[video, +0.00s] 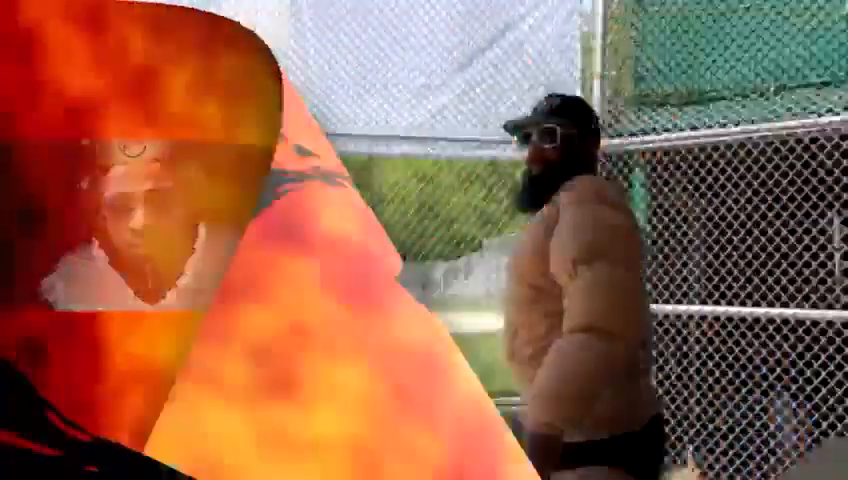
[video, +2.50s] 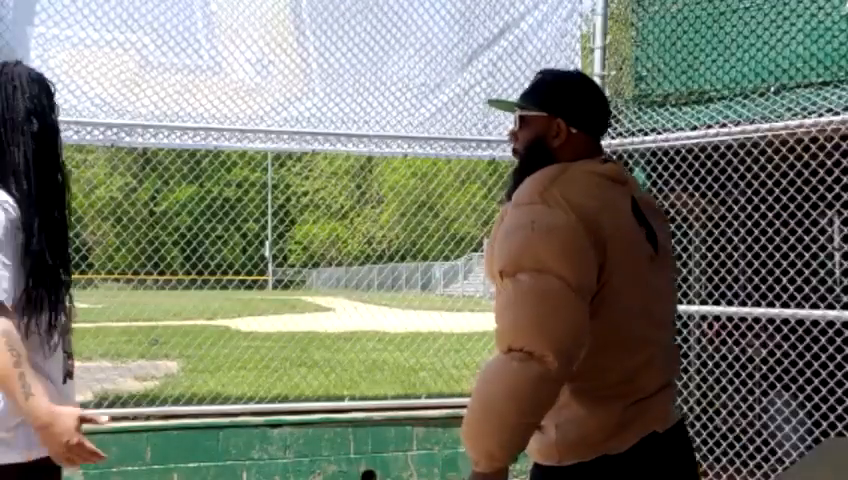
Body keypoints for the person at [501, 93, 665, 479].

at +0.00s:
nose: (532, 153)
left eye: (548, 139)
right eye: (529, 141)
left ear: (580, 146)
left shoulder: (586, 200)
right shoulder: (556, 210)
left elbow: (601, 330)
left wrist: (544, 421)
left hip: (598, 438)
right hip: (575, 438)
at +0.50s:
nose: (534, 151)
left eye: (550, 138)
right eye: (531, 140)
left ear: (589, 149)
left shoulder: (585, 202)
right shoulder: (570, 202)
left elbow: (593, 322)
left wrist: (542, 424)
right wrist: (543, 421)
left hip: (602, 439)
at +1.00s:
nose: (532, 154)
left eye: (545, 141)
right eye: (530, 144)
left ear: (588, 152)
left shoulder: (584, 204)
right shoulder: (576, 203)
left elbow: (595, 324)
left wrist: (550, 425)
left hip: (606, 438)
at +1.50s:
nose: (525, 150)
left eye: (539, 137)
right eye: (527, 138)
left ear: (581, 149)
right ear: (583, 152)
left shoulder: (572, 205)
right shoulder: (596, 200)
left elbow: (577, 330)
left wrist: (530, 434)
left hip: (595, 441)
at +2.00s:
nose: (517, 146)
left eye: (529, 132)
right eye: (520, 133)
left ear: (567, 141)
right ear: (570, 143)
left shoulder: (558, 206)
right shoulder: (605, 198)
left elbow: (547, 336)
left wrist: (477, 432)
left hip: (591, 455)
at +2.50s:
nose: (511, 135)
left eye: (522, 122)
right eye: (515, 122)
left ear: (558, 131)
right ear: (567, 132)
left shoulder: (547, 202)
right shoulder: (630, 196)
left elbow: (536, 347)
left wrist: (487, 457)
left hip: (586, 456)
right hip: (660, 440)